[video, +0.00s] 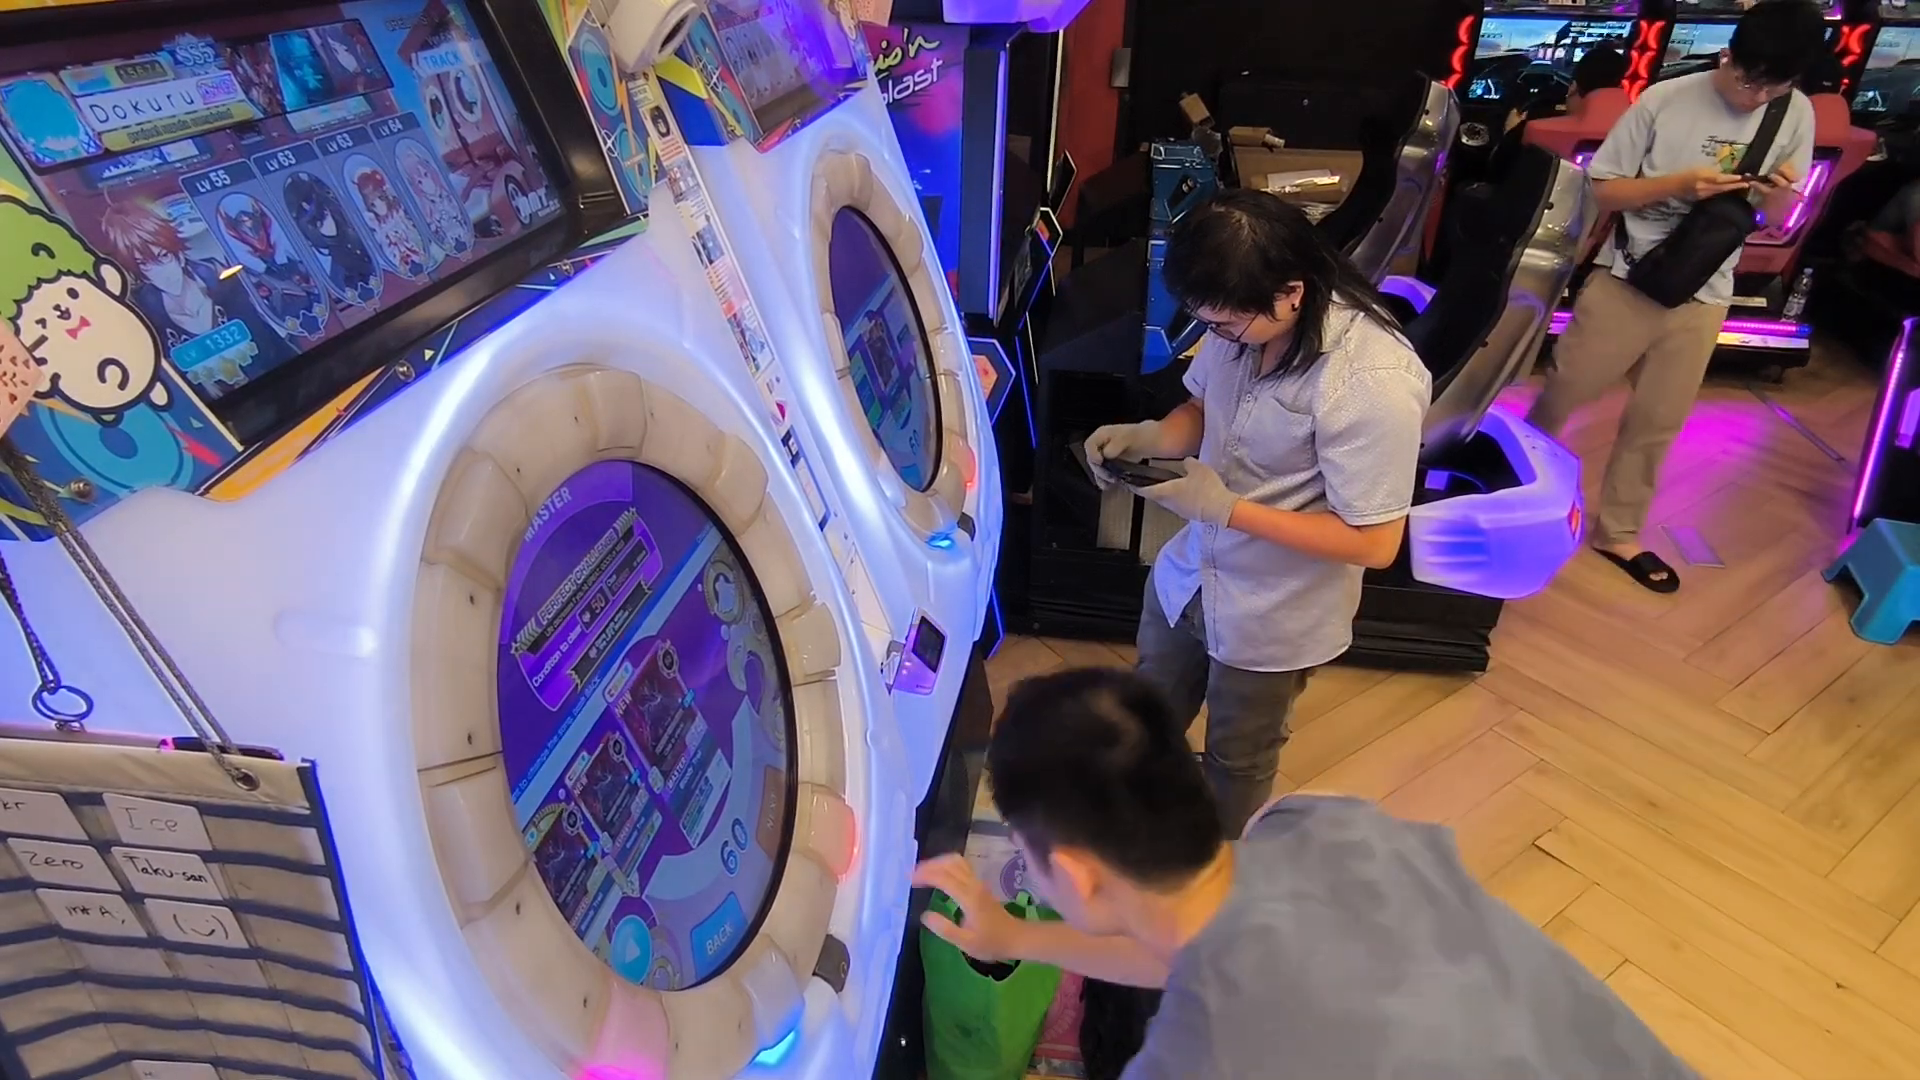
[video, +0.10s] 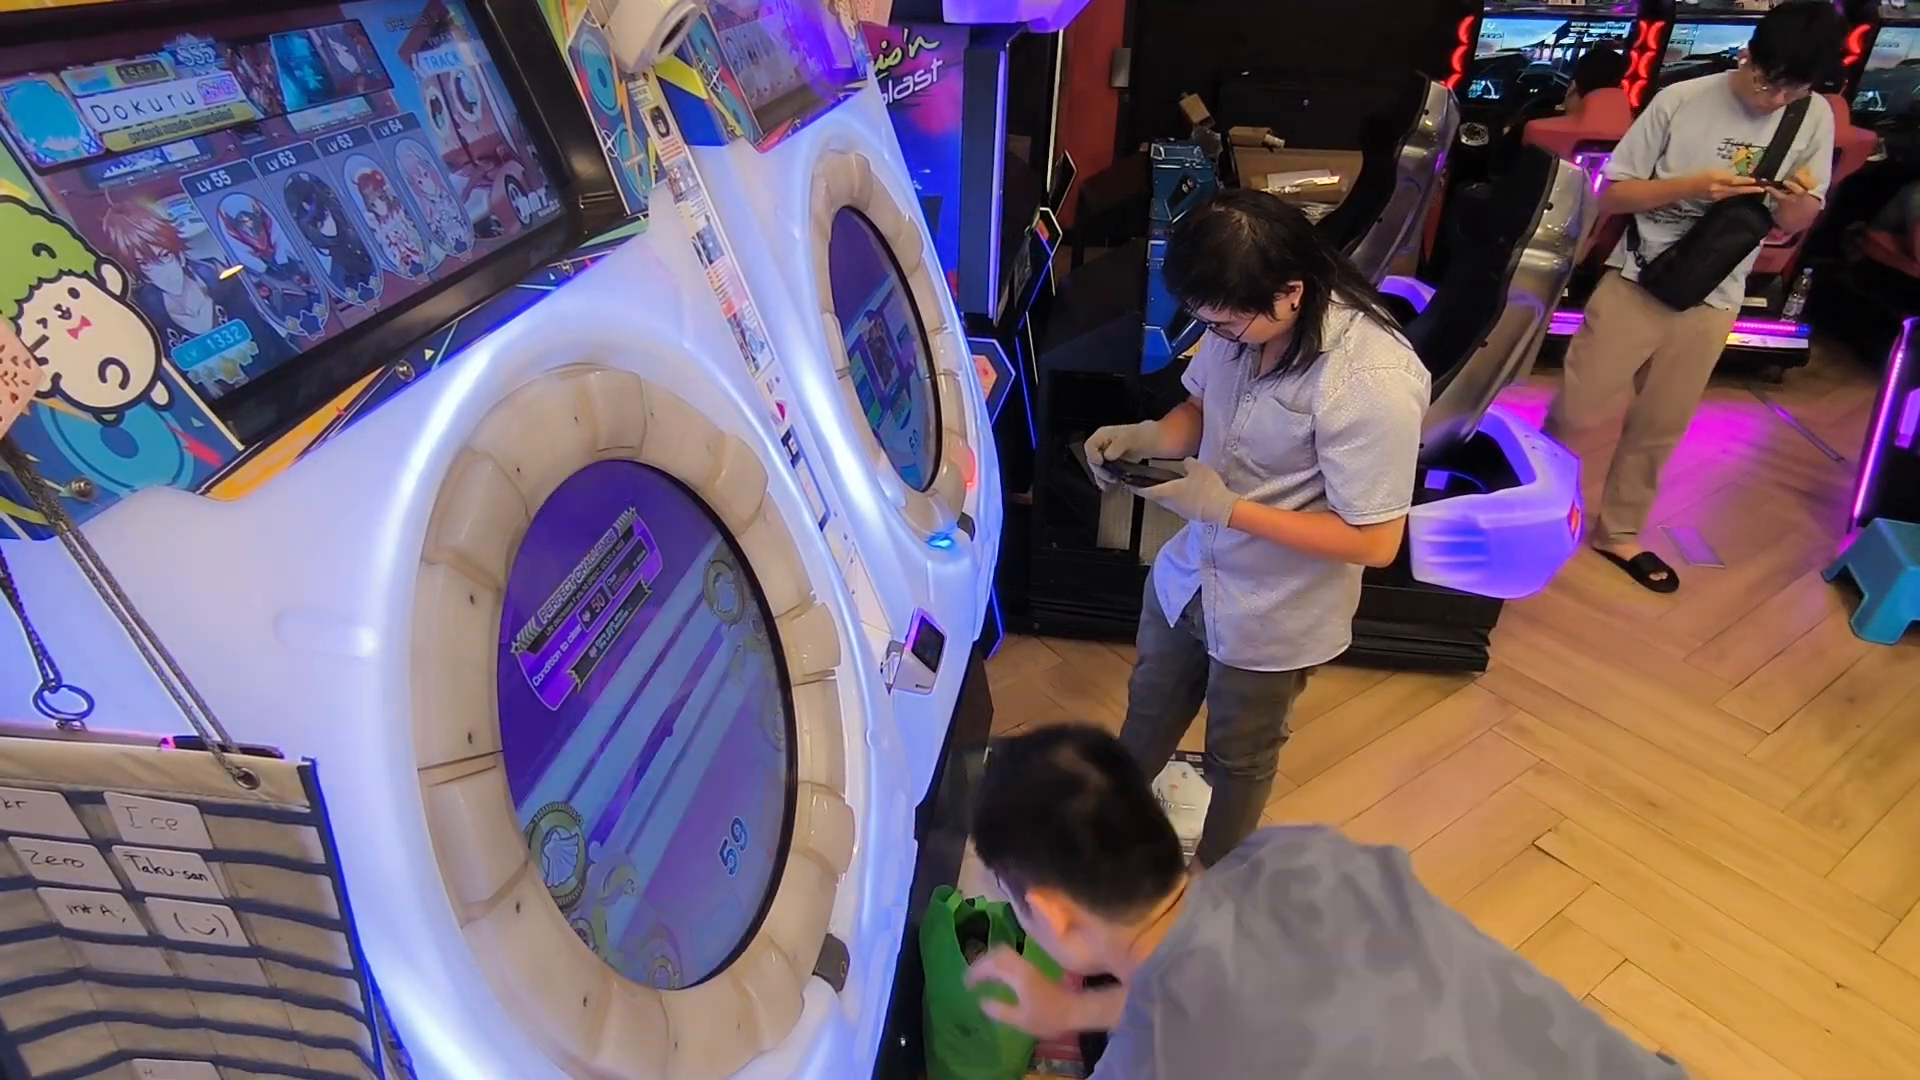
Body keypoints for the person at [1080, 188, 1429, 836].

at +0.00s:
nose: (1215, 333)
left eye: (1229, 321)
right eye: (1208, 318)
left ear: (1290, 296)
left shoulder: (1369, 382)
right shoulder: (1239, 313)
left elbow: (1375, 542)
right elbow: (1199, 411)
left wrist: (1228, 510)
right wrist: (1151, 439)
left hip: (1273, 607)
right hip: (1191, 565)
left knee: (1236, 757)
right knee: (1145, 720)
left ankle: (1213, 866)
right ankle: (1114, 835)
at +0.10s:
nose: (1216, 333)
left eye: (1229, 321)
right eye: (1208, 319)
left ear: (1290, 296)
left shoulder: (1370, 385)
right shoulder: (1239, 316)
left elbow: (1377, 542)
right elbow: (1198, 411)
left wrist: (1229, 507)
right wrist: (1147, 439)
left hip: (1274, 605)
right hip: (1192, 564)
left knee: (1237, 759)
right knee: (1149, 712)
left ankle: (1216, 874)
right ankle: (1108, 824)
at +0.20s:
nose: (1216, 332)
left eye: (1229, 320)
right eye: (1209, 318)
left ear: (1290, 295)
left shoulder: (1371, 382)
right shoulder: (1234, 320)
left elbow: (1378, 543)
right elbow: (1199, 412)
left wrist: (1231, 509)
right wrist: (1146, 439)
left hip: (1273, 607)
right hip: (1190, 566)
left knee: (1240, 756)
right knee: (1150, 706)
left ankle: (1210, 874)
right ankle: (1103, 817)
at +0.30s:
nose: (1220, 332)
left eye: (1233, 318)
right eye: (1211, 318)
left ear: (1291, 293)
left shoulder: (1371, 383)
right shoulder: (1238, 321)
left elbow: (1377, 541)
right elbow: (1203, 410)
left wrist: (1229, 509)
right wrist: (1147, 439)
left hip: (1274, 606)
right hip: (1190, 563)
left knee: (1240, 751)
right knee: (1153, 697)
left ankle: (1214, 873)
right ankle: (1110, 809)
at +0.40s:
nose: (1218, 332)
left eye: (1231, 319)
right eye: (1209, 319)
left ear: (1289, 294)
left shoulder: (1370, 383)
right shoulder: (1239, 320)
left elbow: (1376, 541)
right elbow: (1204, 409)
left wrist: (1228, 509)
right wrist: (1150, 439)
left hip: (1275, 606)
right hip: (1191, 561)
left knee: (1239, 751)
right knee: (1154, 694)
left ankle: (1213, 875)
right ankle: (1109, 809)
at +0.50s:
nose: (1217, 332)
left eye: (1230, 319)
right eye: (1208, 318)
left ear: (1288, 294)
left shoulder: (1368, 384)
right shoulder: (1237, 320)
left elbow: (1374, 541)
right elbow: (1205, 408)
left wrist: (1228, 510)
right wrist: (1154, 437)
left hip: (1273, 605)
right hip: (1190, 561)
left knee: (1239, 752)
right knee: (1153, 696)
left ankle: (1214, 873)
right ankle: (1108, 810)